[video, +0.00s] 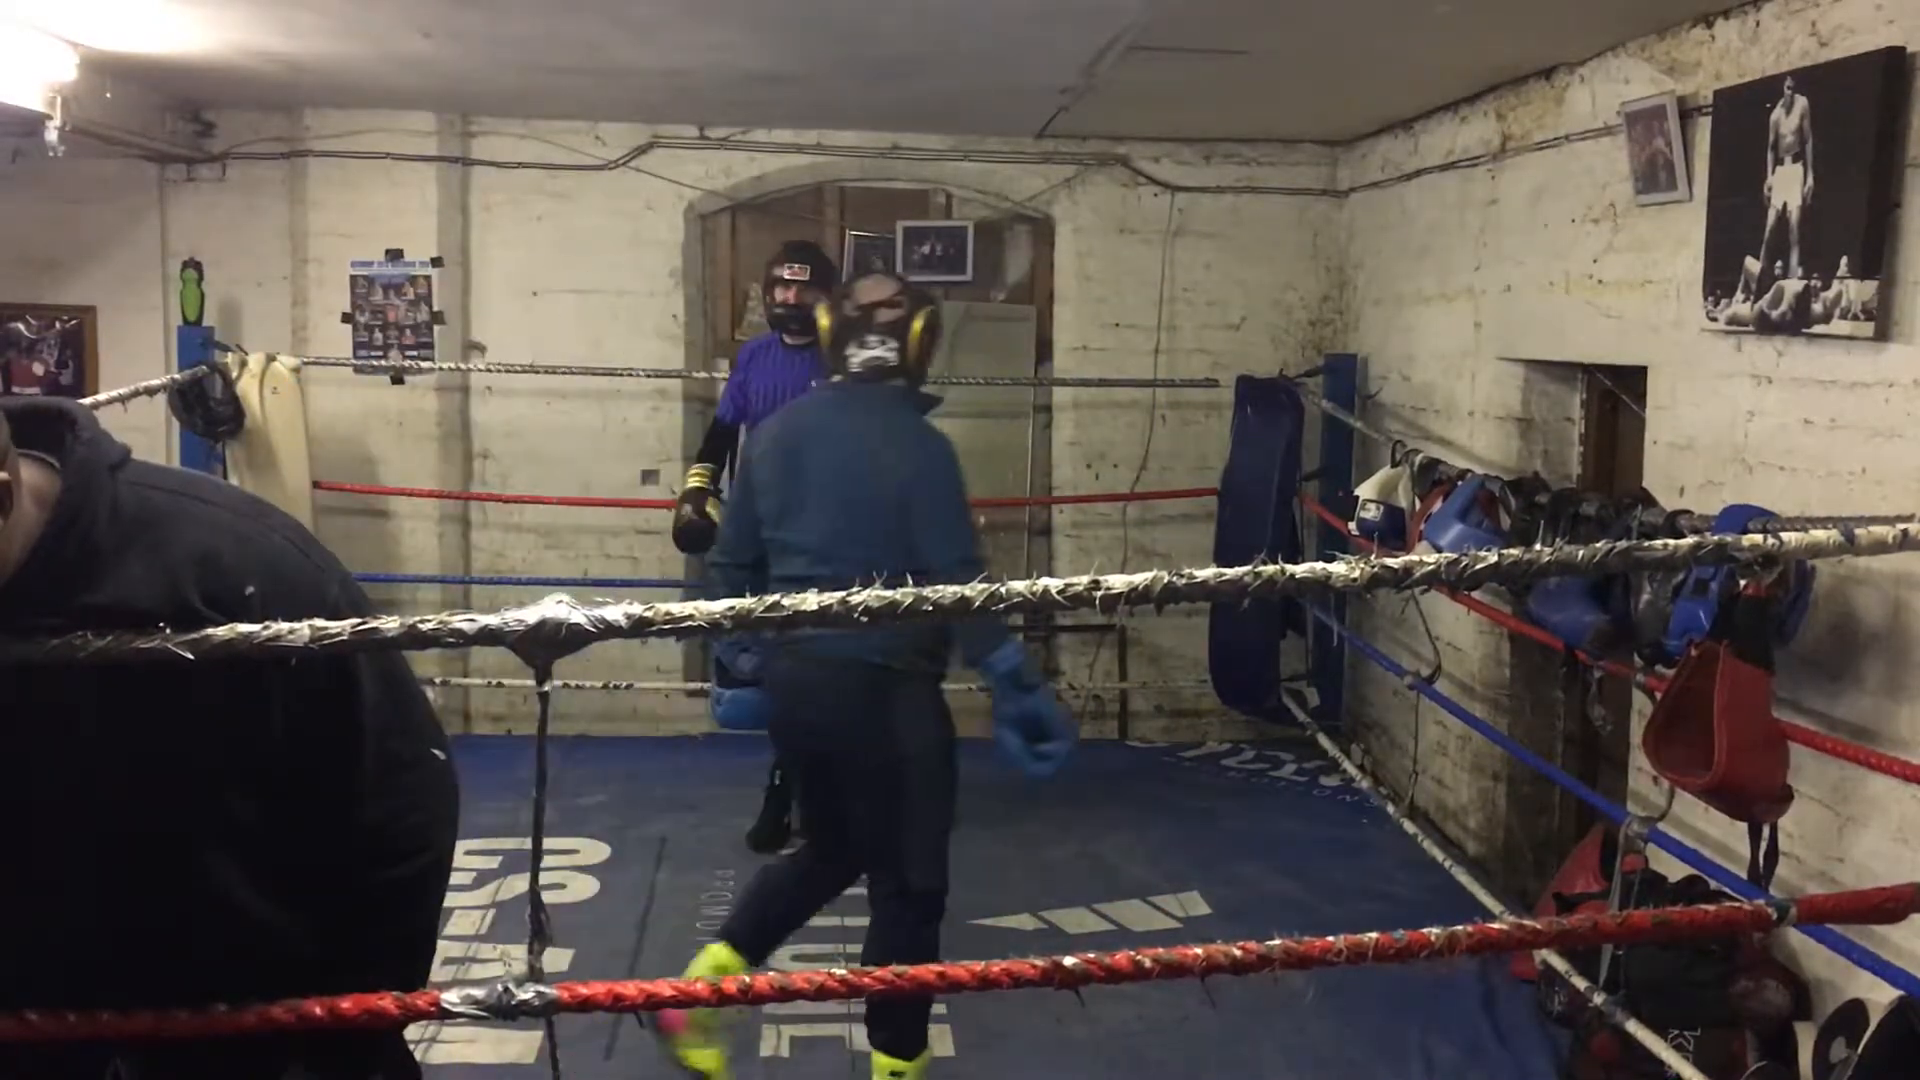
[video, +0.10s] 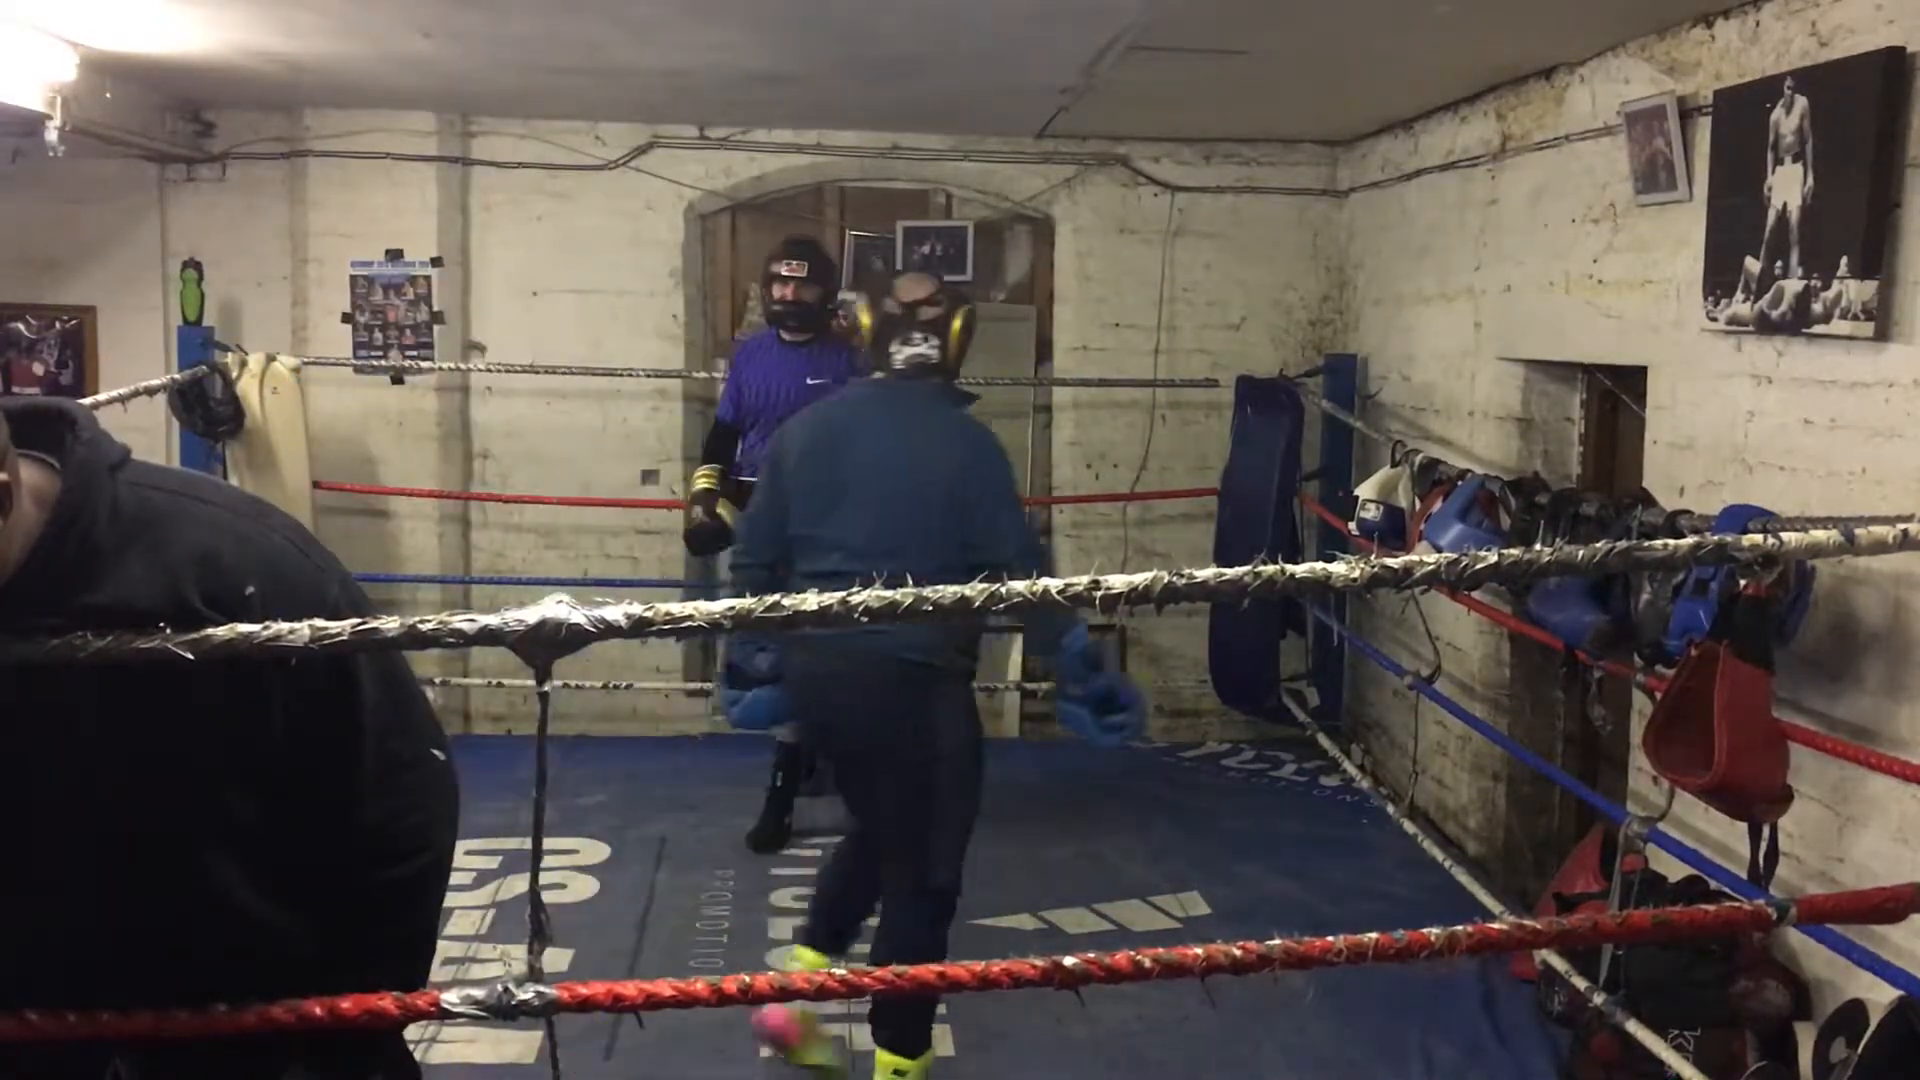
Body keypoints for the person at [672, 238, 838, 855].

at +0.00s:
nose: (785, 294)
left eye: (799, 284)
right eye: (778, 283)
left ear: (825, 294)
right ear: (766, 290)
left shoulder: (841, 356)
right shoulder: (753, 355)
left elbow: (864, 431)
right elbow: (723, 427)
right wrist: (696, 490)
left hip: (825, 523)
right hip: (758, 522)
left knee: (804, 659)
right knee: (777, 657)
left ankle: (778, 799)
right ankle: (810, 794)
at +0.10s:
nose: (788, 292)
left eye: (801, 282)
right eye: (780, 280)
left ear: (826, 291)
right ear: (766, 287)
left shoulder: (848, 356)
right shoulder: (749, 353)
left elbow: (869, 430)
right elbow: (724, 431)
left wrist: (862, 495)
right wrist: (704, 493)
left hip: (825, 509)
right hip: (758, 509)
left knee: (803, 643)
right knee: (764, 639)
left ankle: (780, 792)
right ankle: (815, 757)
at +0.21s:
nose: (782, 291)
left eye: (797, 282)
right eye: (775, 280)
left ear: (821, 291)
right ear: (763, 284)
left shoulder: (842, 359)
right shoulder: (743, 347)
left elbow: (853, 442)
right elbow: (716, 425)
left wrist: (839, 509)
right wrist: (707, 487)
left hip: (808, 511)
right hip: (740, 507)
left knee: (797, 642)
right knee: (721, 646)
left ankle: (782, 790)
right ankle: (781, 723)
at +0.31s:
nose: (776, 289)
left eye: (791, 280)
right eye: (769, 277)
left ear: (817, 291)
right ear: (757, 283)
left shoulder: (835, 359)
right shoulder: (737, 346)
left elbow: (862, 448)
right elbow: (709, 426)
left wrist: (827, 511)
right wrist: (693, 482)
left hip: (798, 518)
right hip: (727, 510)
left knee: (784, 655)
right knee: (698, 653)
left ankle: (783, 793)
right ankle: (749, 753)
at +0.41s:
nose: (771, 293)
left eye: (785, 282)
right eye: (761, 280)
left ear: (808, 290)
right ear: (747, 286)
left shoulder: (831, 360)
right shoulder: (726, 346)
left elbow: (863, 448)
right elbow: (695, 426)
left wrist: (836, 484)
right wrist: (675, 475)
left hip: (793, 520)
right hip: (721, 515)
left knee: (789, 656)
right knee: (688, 655)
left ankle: (781, 799)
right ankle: (715, 783)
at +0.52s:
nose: (754, 294)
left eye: (769, 283)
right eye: (745, 281)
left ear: (794, 292)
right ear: (732, 287)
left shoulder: (820, 360)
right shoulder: (709, 352)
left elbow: (852, 442)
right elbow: (677, 433)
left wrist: (831, 474)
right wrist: (655, 483)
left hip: (789, 525)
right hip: (717, 521)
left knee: (784, 667)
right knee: (684, 663)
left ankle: (778, 809)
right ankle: (681, 814)